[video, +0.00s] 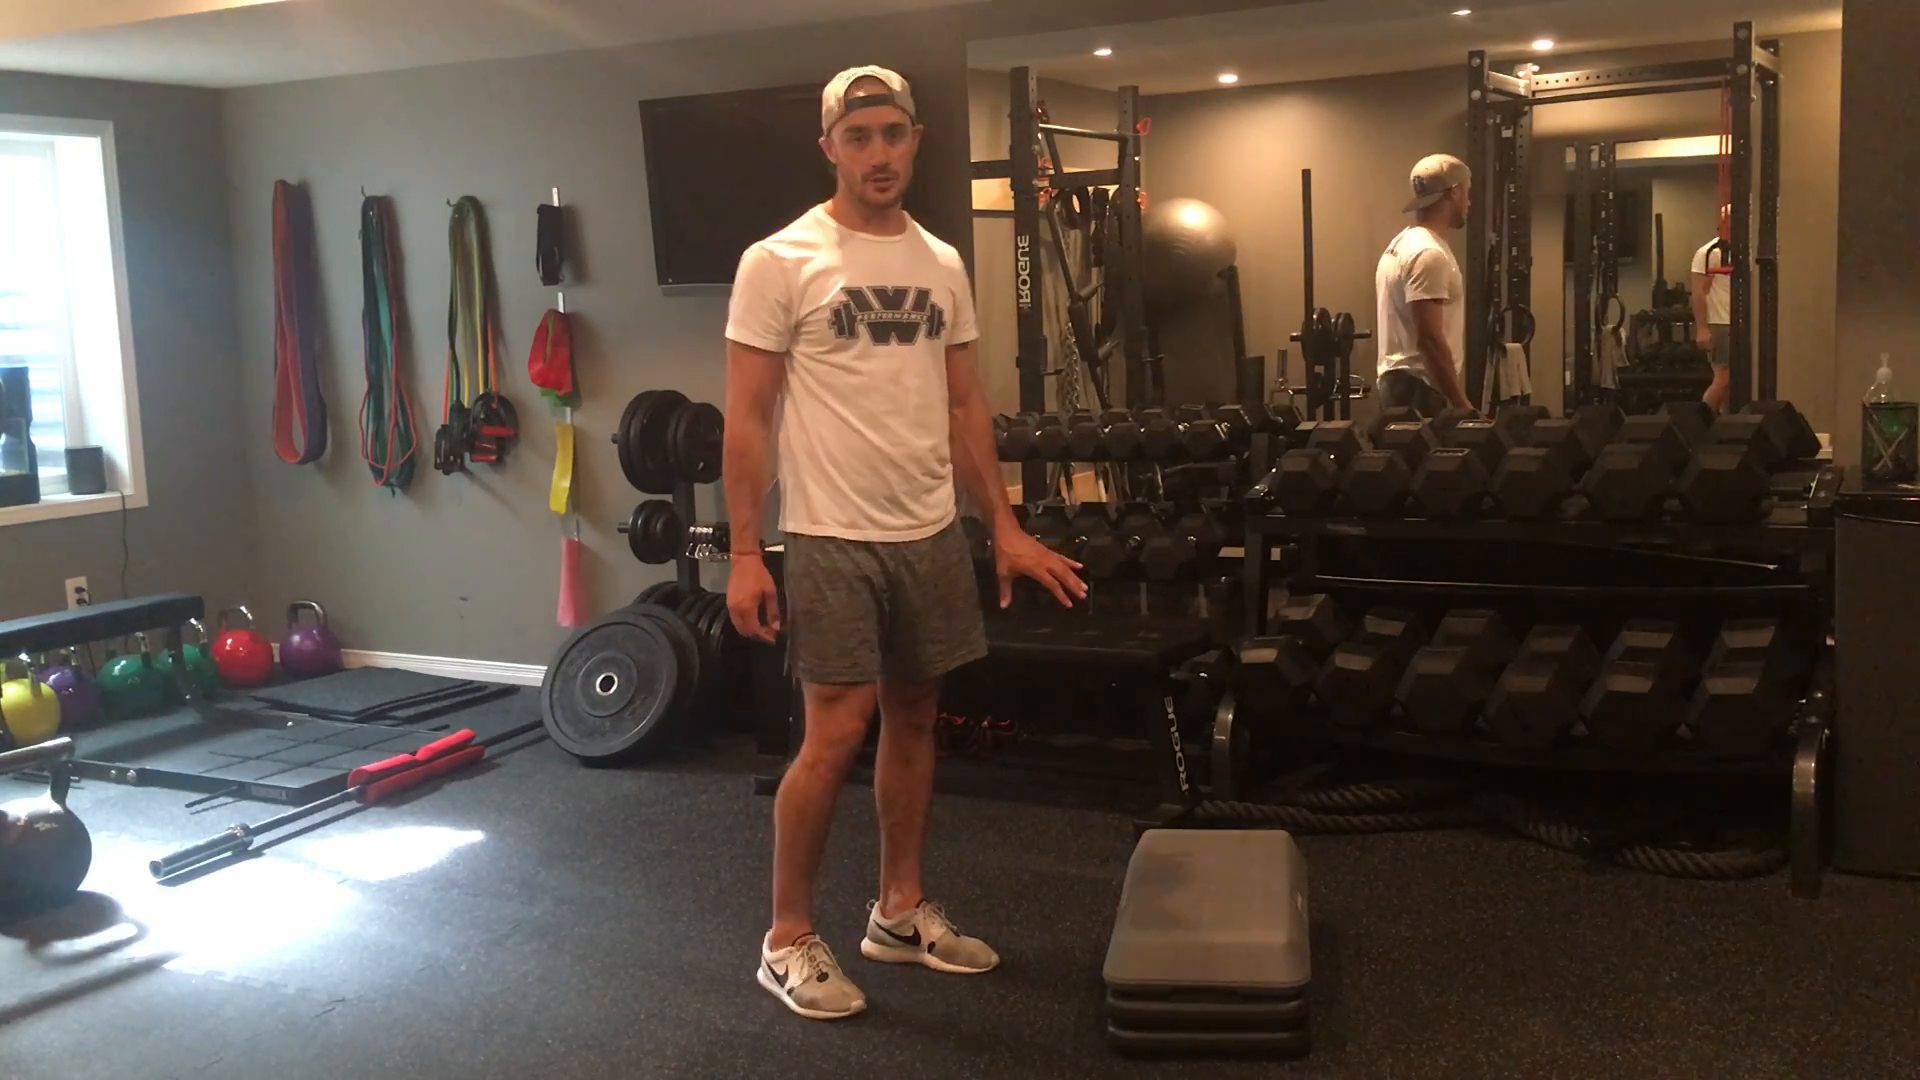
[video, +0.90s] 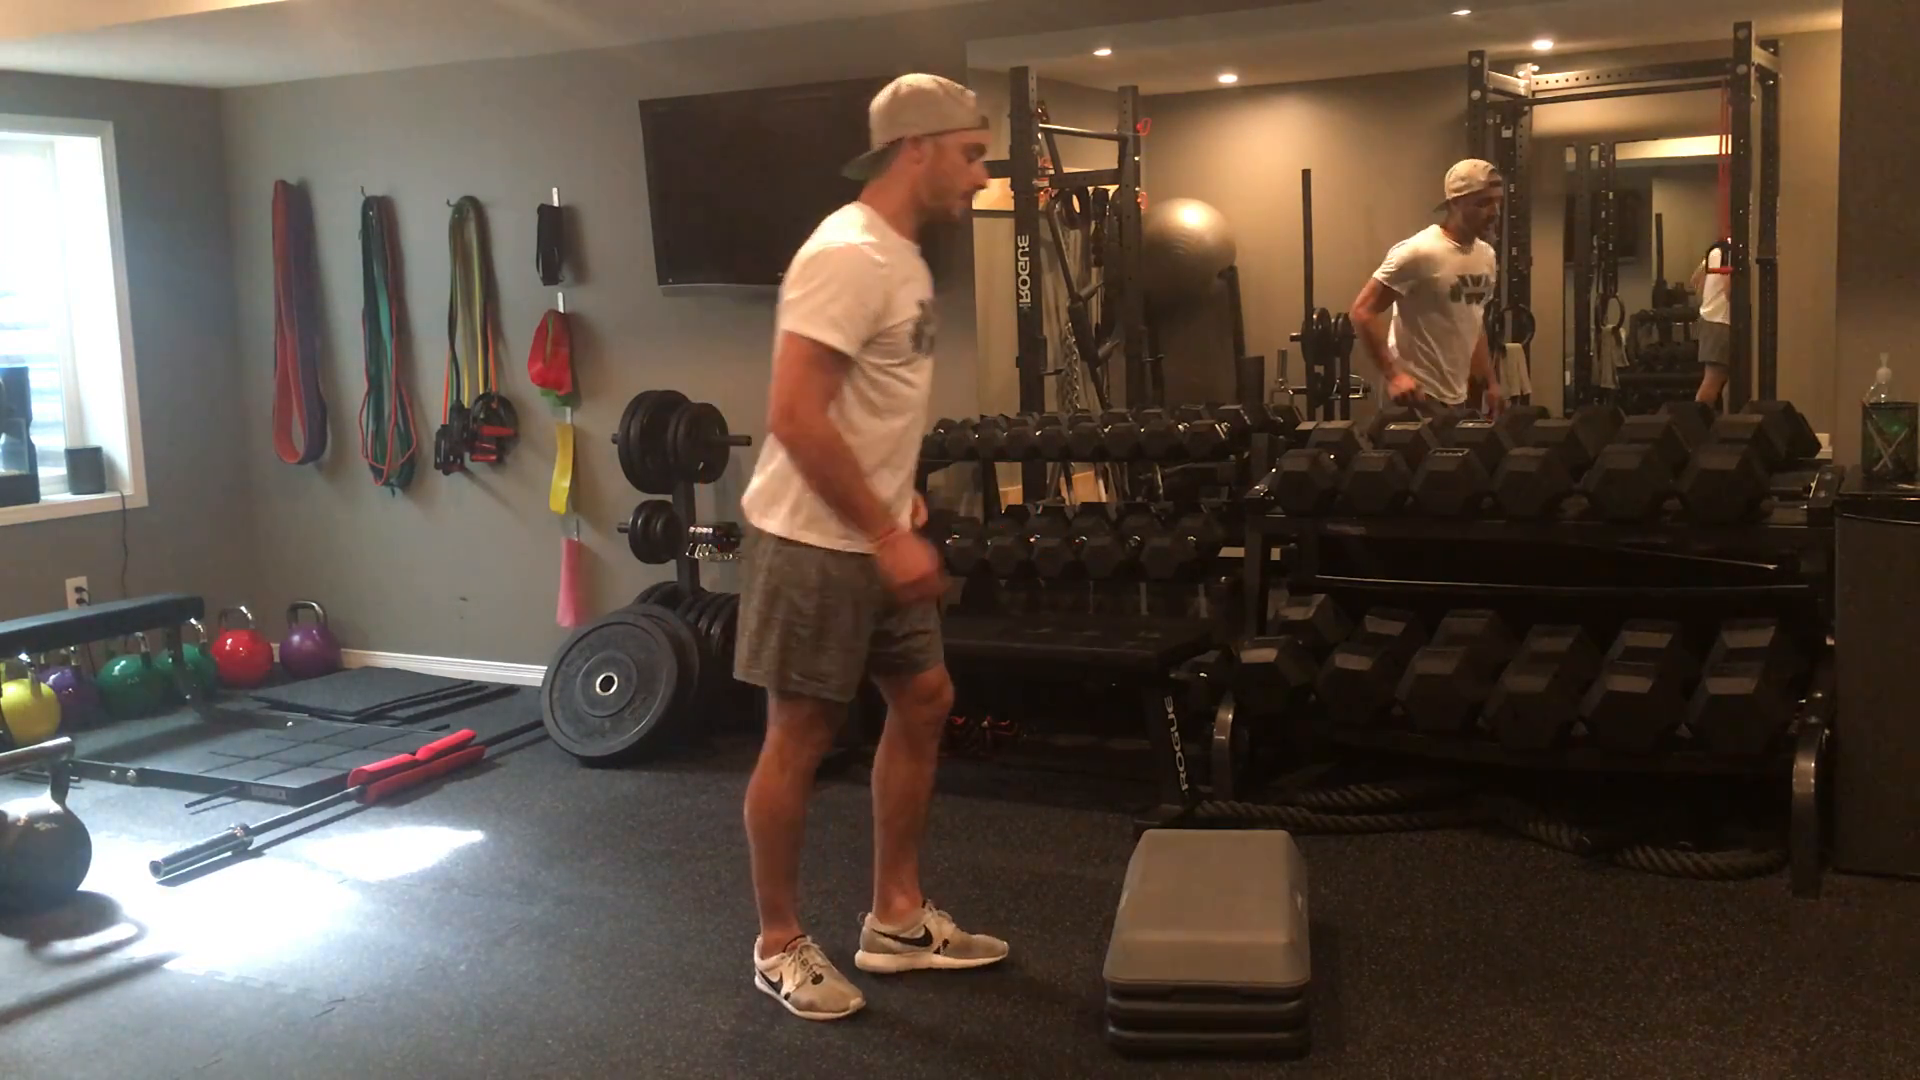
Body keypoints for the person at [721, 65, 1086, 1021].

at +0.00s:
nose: (880, 152)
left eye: (894, 134)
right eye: (860, 136)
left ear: (916, 144)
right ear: (829, 148)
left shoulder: (941, 266)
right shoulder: (779, 263)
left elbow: (966, 406)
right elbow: (748, 416)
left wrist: (1006, 529)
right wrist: (744, 551)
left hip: (930, 533)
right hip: (829, 538)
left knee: (914, 721)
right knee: (836, 733)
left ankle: (899, 911)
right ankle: (787, 938)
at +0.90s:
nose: (983, 176)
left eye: (985, 158)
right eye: (973, 156)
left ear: (920, 156)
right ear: (919, 153)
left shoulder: (900, 257)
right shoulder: (845, 253)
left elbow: (865, 411)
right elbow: (796, 415)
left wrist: (902, 503)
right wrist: (886, 531)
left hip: (880, 537)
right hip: (813, 541)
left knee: (923, 705)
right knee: (796, 738)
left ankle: (897, 917)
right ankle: (777, 943)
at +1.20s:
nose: (1086, 197)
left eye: (1085, 180)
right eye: (1073, 179)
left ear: (1021, 188)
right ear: (1018, 184)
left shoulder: (998, 284)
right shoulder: (951, 271)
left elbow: (944, 423)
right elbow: (848, 389)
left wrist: (1020, 481)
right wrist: (942, 501)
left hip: (927, 539)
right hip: (903, 541)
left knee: (973, 724)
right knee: (1079, 676)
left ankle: (906, 925)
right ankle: (914, 839)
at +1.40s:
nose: (1137, 83)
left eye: (1134, 64)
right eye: (1120, 65)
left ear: (1072, 83)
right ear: (1062, 81)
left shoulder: (1057, 183)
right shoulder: (1003, 175)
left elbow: (1001, 296)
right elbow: (908, 303)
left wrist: (1081, 324)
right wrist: (1024, 396)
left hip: (976, 449)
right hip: (989, 450)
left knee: (1034, 642)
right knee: (1152, 606)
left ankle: (945, 853)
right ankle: (1114, 839)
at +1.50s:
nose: (1153, 74)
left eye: (1149, 56)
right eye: (1136, 55)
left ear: (1081, 74)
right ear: (1078, 71)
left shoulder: (1070, 172)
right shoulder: (1036, 174)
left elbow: (1016, 323)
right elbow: (974, 330)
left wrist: (1102, 375)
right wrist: (1097, 393)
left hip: (1040, 448)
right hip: (1024, 456)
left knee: (1124, 627)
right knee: (1161, 629)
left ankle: (993, 796)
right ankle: (1113, 853)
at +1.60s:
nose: (1170, 52)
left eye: (1168, 32)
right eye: (1154, 30)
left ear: (1102, 46)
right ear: (1093, 42)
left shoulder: (1090, 145)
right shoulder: (1053, 140)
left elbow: (1044, 297)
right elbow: (1008, 300)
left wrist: (1123, 361)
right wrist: (1130, 360)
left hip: (1061, 418)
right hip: (1027, 427)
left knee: (1164, 578)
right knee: (1143, 614)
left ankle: (1074, 795)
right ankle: (1111, 848)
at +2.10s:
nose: (1152, 159)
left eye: (1149, 141)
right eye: (1138, 142)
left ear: (1081, 155)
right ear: (1084, 154)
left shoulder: (1043, 241)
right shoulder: (1030, 253)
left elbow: (938, 357)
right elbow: (950, 398)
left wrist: (1040, 448)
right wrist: (1067, 452)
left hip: (1029, 519)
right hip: (974, 536)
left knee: (1167, 604)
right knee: (959, 757)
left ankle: (1023, 768)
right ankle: (875, 960)